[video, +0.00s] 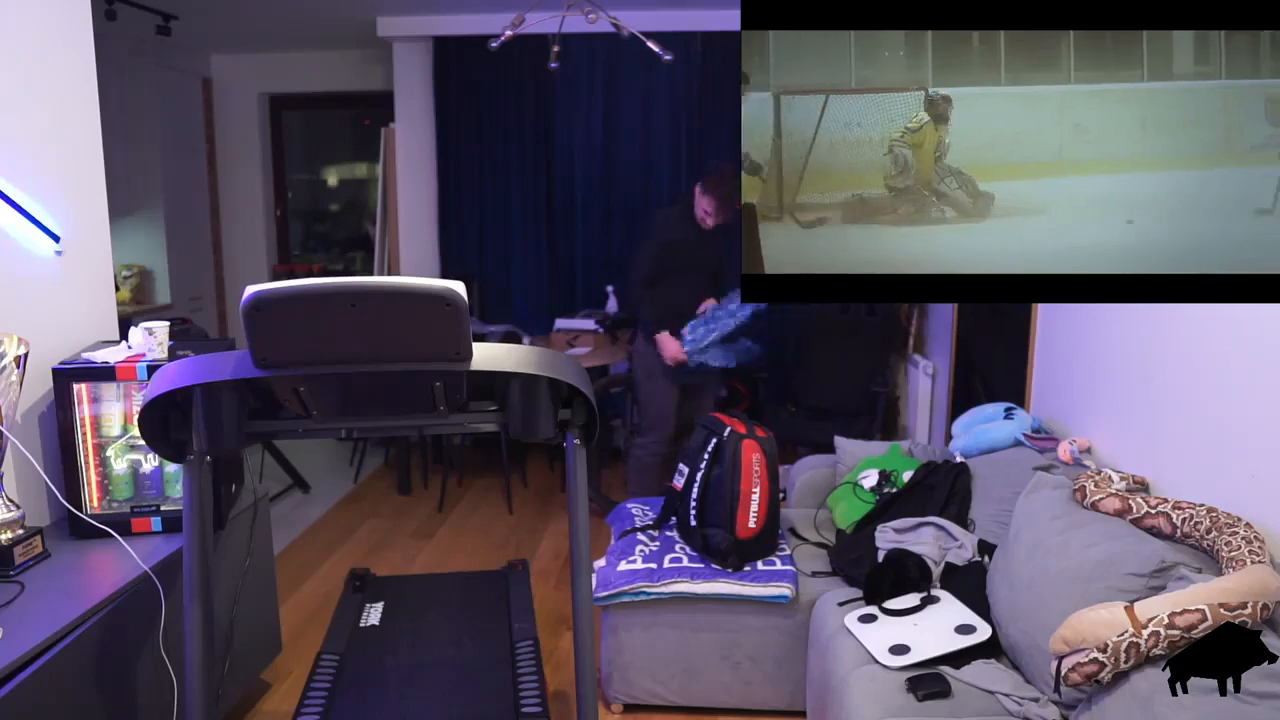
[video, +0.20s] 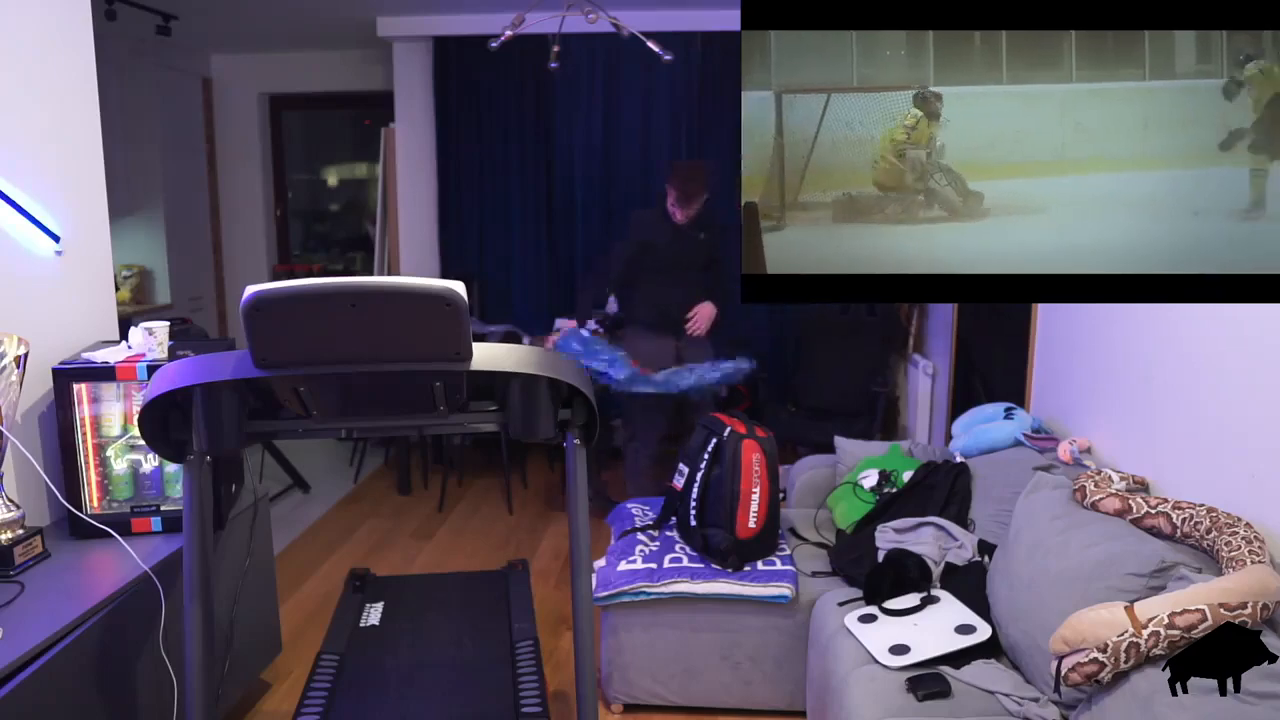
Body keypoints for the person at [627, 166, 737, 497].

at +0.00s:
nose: (708, 220)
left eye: (717, 215)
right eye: (705, 211)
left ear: (732, 210)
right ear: (696, 191)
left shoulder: (728, 234)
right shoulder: (667, 225)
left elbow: (727, 277)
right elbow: (641, 286)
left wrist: (715, 299)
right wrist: (660, 335)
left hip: (702, 341)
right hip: (656, 341)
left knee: (700, 426)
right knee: (658, 428)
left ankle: (690, 504)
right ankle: (644, 506)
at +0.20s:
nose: (680, 212)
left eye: (688, 205)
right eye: (674, 203)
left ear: (703, 198)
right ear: (666, 192)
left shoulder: (715, 233)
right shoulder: (643, 226)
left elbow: (727, 276)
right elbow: (608, 271)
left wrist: (713, 304)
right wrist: (585, 316)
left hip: (693, 345)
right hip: (643, 341)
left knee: (698, 425)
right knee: (645, 426)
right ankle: (643, 502)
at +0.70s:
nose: (635, 203)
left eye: (642, 195)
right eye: (628, 196)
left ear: (658, 184)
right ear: (618, 188)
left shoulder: (680, 224)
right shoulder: (607, 225)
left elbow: (701, 275)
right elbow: (595, 266)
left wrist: (678, 291)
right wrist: (580, 284)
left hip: (665, 343)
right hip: (615, 344)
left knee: (670, 436)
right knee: (624, 439)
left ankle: (677, 512)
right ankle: (631, 515)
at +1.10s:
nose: (622, 186)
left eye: (629, 176)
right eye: (614, 178)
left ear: (645, 172)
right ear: (606, 179)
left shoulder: (671, 217)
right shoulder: (603, 222)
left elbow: (699, 270)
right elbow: (583, 280)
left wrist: (673, 262)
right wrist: (596, 234)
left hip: (659, 343)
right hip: (610, 344)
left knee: (650, 442)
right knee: (616, 446)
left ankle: (674, 515)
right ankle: (630, 524)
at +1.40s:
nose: (626, 174)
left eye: (634, 165)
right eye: (618, 167)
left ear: (649, 168)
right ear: (609, 172)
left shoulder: (673, 216)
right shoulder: (599, 221)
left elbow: (700, 274)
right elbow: (586, 285)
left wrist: (671, 247)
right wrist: (611, 243)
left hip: (662, 342)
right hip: (610, 344)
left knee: (650, 439)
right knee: (617, 444)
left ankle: (660, 526)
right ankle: (626, 527)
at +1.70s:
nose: (647, 172)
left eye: (656, 164)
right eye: (639, 163)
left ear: (669, 171)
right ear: (628, 169)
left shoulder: (685, 220)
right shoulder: (608, 217)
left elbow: (701, 280)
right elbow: (587, 278)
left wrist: (674, 228)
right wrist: (617, 243)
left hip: (662, 348)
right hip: (610, 348)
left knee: (656, 452)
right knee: (617, 452)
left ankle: (656, 540)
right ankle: (623, 539)